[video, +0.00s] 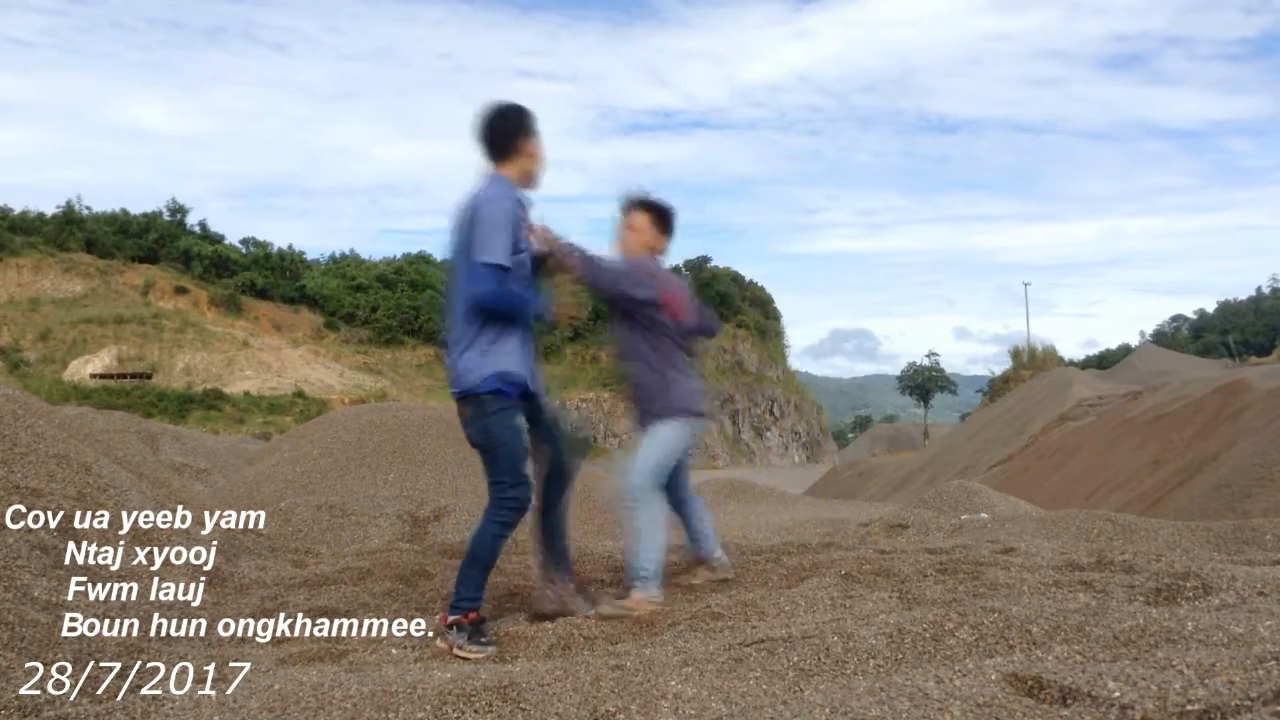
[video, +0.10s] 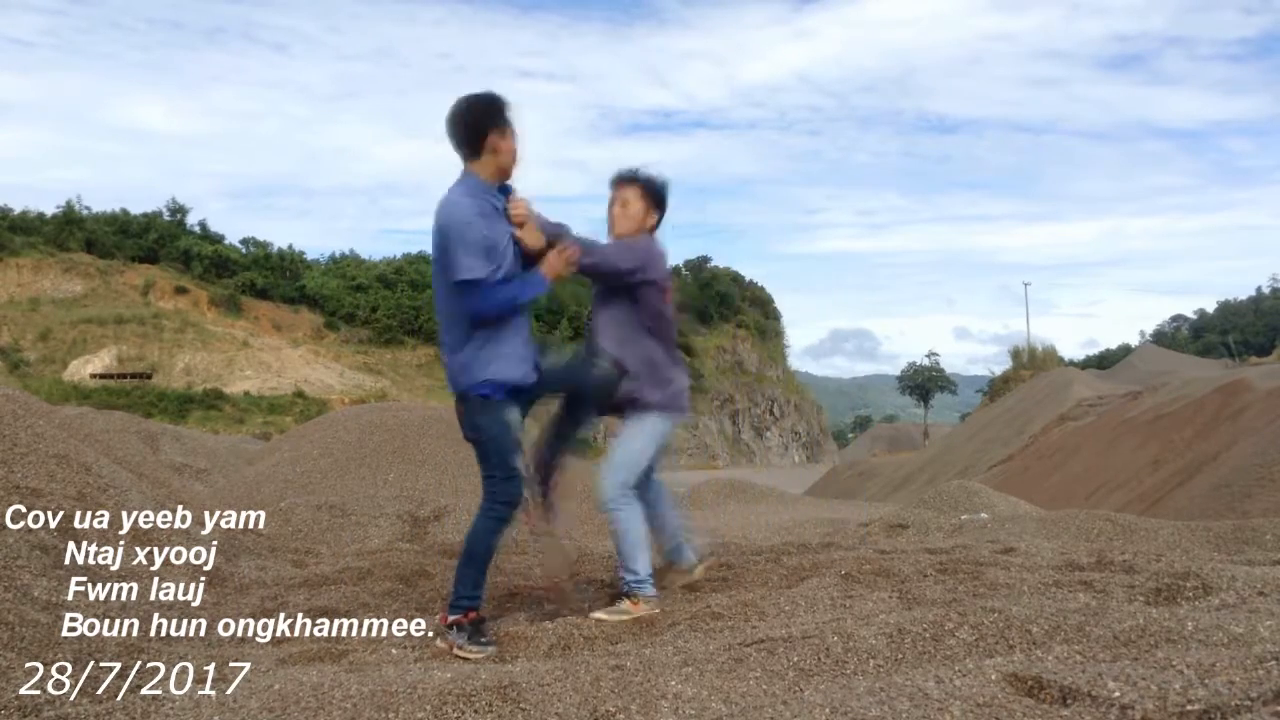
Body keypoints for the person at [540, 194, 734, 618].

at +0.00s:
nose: (624, 236)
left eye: (634, 230)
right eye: (625, 228)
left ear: (658, 239)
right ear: (633, 233)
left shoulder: (646, 275)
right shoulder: (671, 283)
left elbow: (600, 274)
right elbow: (705, 323)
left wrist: (554, 245)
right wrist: (670, 329)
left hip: (672, 412)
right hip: (675, 410)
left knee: (641, 482)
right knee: (678, 488)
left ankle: (645, 588)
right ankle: (712, 557)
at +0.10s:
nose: (614, 212)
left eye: (626, 205)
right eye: (613, 203)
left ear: (651, 216)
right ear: (611, 208)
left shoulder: (645, 251)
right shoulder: (627, 254)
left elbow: (591, 257)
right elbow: (579, 257)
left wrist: (540, 228)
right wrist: (534, 232)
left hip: (658, 398)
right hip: (638, 396)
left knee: (616, 484)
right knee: (641, 479)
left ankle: (640, 592)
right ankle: (682, 557)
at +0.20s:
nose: (629, 193)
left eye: (641, 187)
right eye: (626, 184)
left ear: (664, 200)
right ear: (619, 189)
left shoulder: (660, 243)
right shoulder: (609, 231)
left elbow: (612, 275)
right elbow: (571, 233)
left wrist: (556, 253)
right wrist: (550, 205)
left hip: (655, 376)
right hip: (622, 373)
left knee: (637, 481)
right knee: (637, 473)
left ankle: (641, 594)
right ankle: (674, 550)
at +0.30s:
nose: (677, 215)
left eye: (689, 211)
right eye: (674, 205)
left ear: (704, 223)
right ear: (662, 205)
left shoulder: (694, 279)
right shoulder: (634, 238)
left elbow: (643, 317)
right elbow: (582, 201)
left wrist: (589, 293)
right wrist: (585, 245)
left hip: (652, 392)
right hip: (603, 381)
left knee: (639, 484)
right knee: (596, 479)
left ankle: (642, 590)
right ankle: (639, 556)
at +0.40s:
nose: (701, 241)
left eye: (714, 237)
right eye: (698, 230)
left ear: (731, 251)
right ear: (688, 231)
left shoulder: (717, 305)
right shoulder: (657, 247)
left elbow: (666, 332)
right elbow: (603, 209)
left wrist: (614, 306)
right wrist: (585, 256)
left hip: (663, 402)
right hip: (615, 392)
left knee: (647, 494)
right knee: (601, 485)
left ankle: (639, 591)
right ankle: (644, 549)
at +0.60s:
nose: (732, 239)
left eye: (741, 232)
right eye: (724, 230)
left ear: (755, 237)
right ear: (710, 234)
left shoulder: (767, 301)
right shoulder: (686, 279)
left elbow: (773, 358)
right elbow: (682, 338)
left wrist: (777, 386)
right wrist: (719, 373)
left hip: (724, 409)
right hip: (671, 399)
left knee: (692, 493)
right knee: (668, 489)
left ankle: (663, 581)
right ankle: (718, 566)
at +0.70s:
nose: (767, 229)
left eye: (776, 220)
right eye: (759, 220)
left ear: (793, 225)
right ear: (748, 225)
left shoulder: (807, 288)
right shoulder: (722, 273)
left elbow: (822, 349)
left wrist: (801, 357)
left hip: (780, 402)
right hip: (723, 399)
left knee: (772, 490)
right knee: (707, 480)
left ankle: (767, 575)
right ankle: (709, 570)